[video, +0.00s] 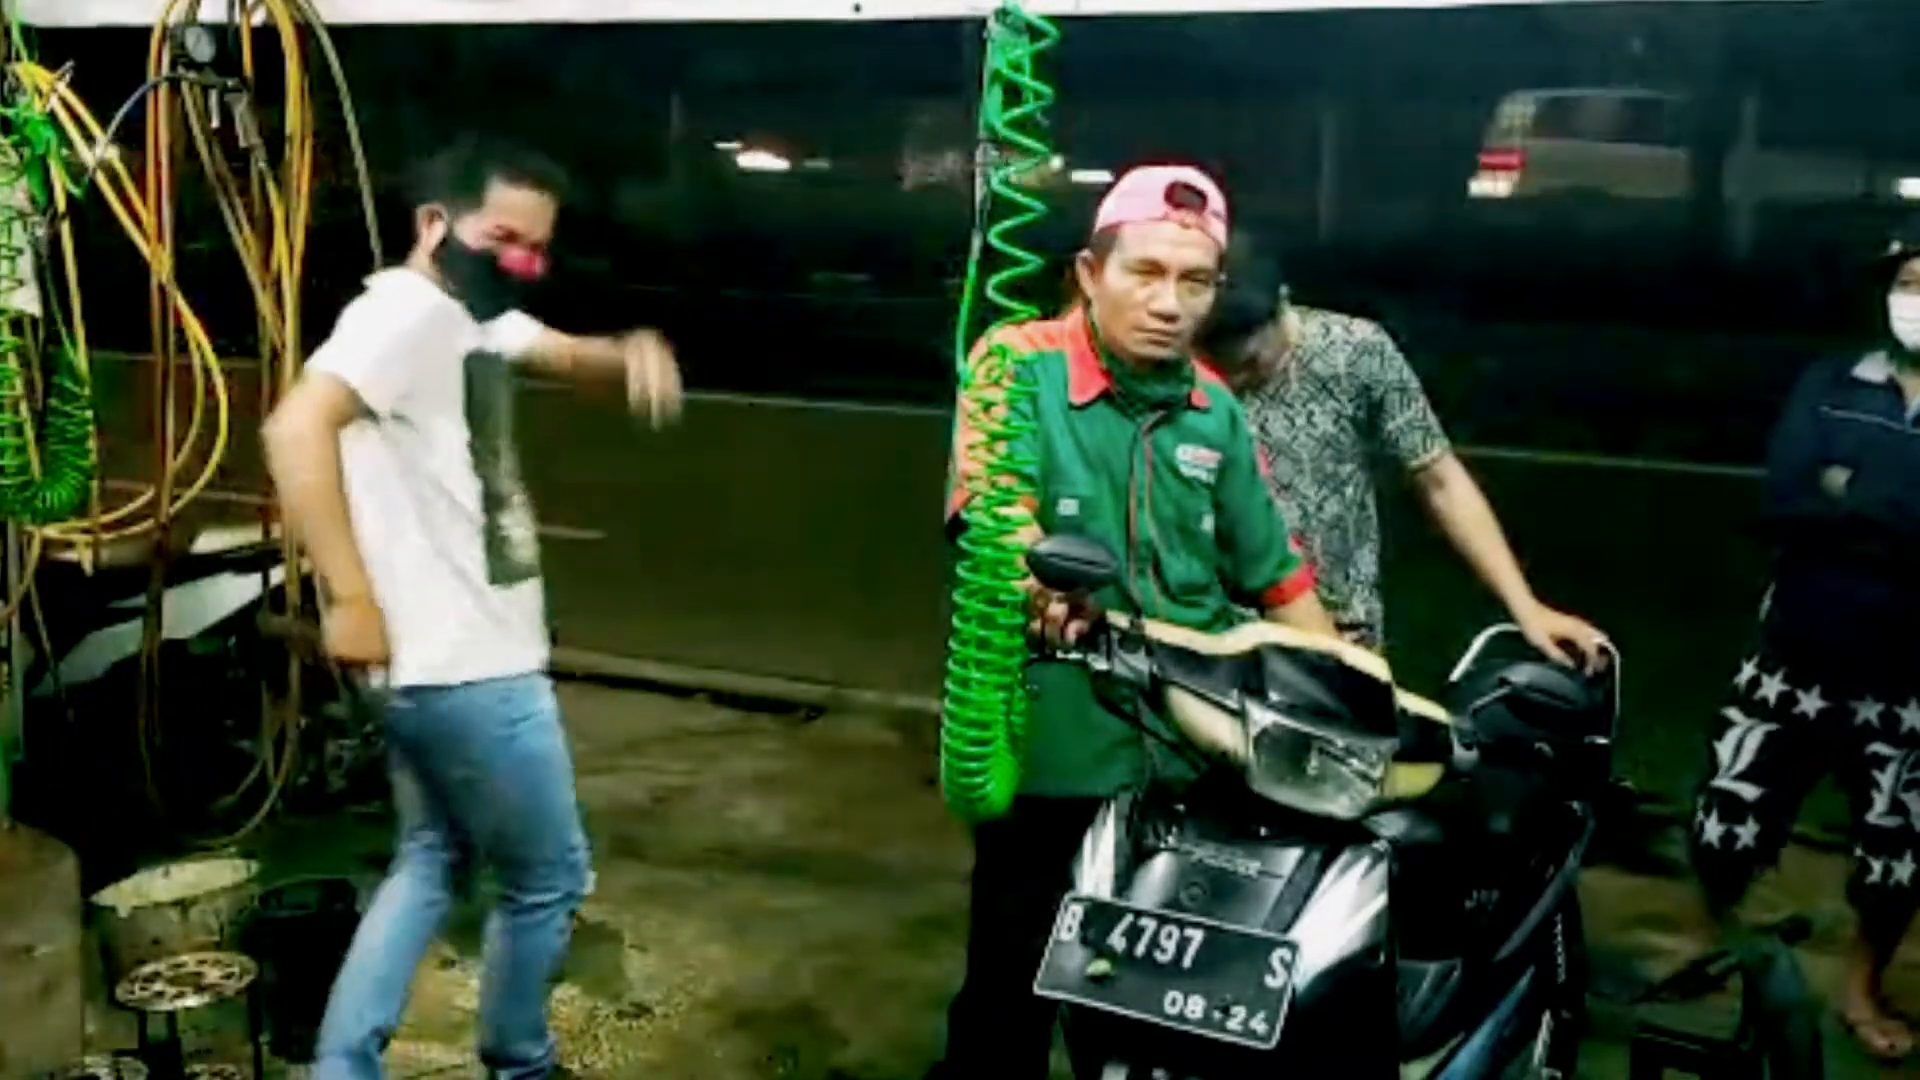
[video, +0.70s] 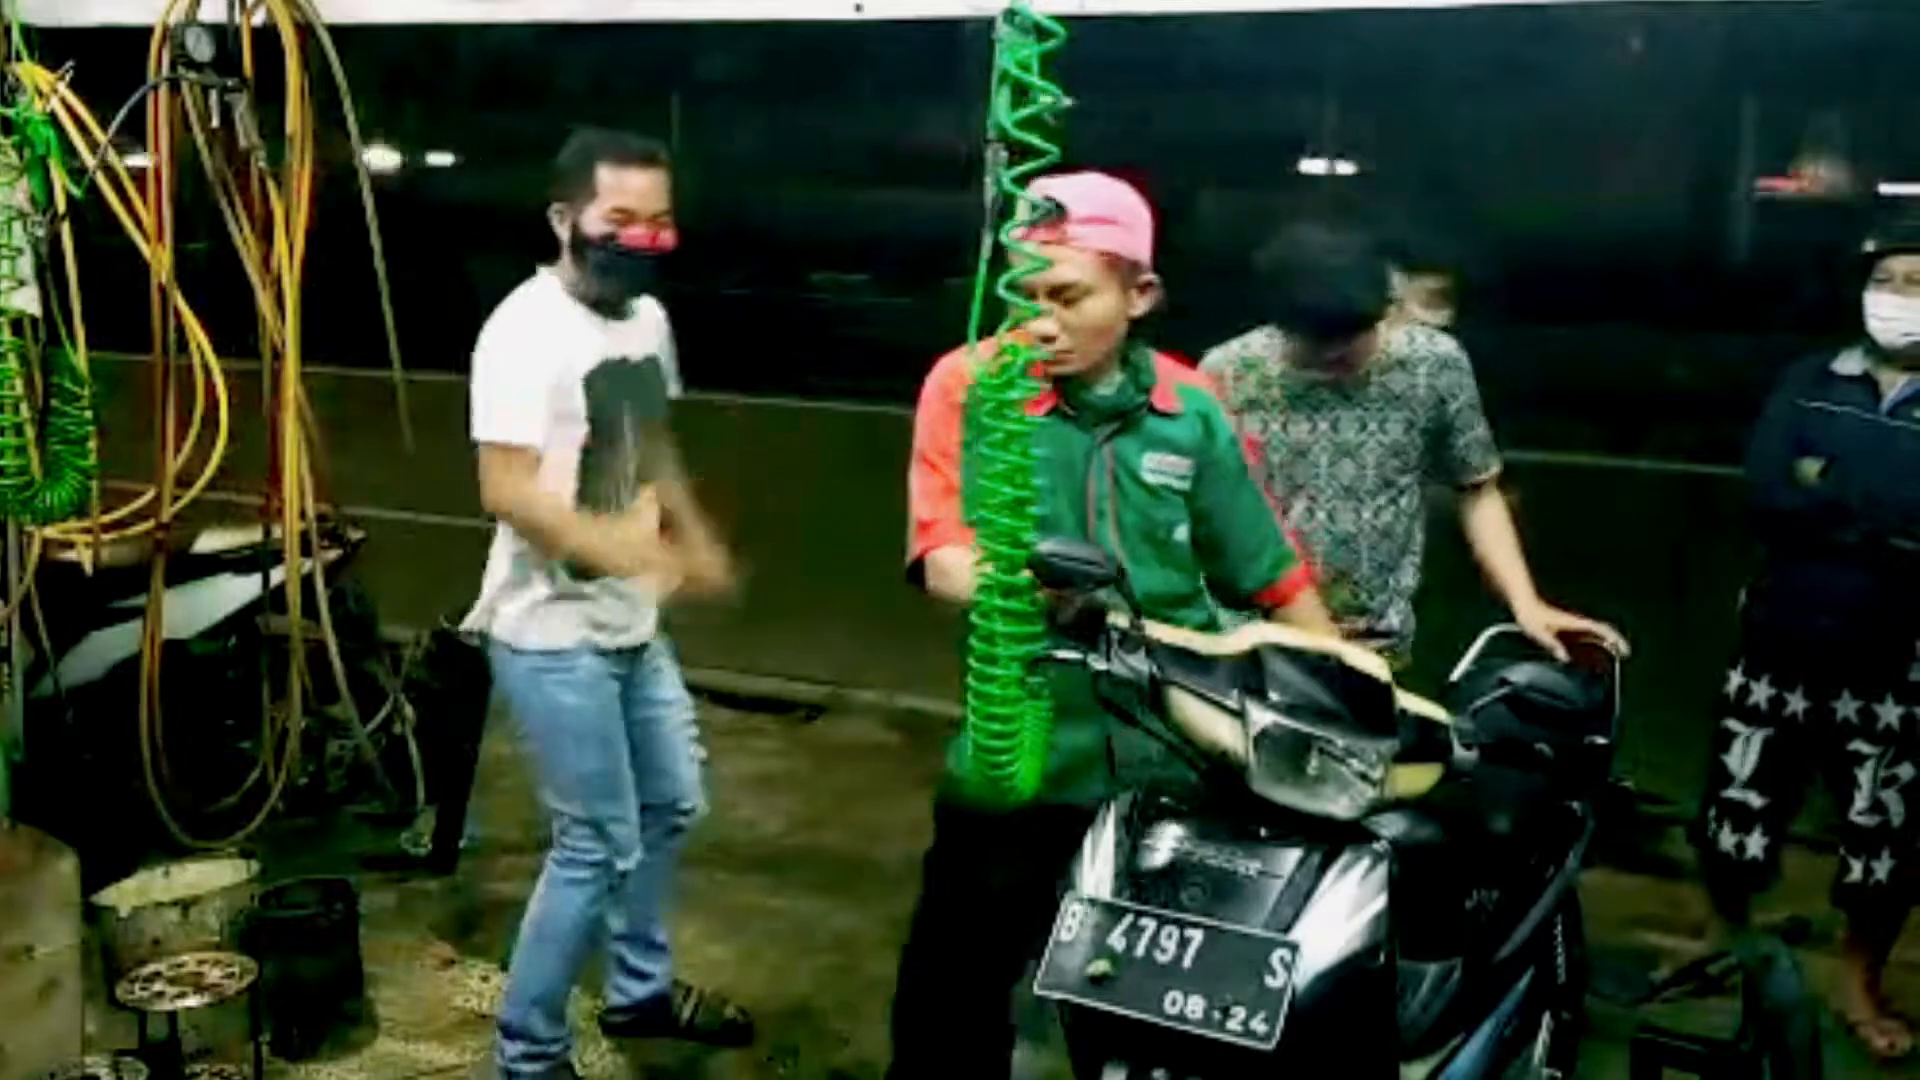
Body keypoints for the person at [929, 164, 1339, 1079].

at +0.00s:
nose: (1169, 303)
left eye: (1194, 282)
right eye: (1146, 274)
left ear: (1217, 296)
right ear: (1090, 274)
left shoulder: (1215, 412)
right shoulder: (1017, 367)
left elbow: (1282, 584)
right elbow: (987, 509)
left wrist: (1344, 699)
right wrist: (1043, 596)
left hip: (1188, 754)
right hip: (1050, 752)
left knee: (1159, 1009)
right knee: (1007, 1010)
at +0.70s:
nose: (1045, 322)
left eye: (1069, 298)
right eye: (1031, 298)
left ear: (1138, 294)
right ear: (1014, 296)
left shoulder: (1189, 409)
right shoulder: (969, 386)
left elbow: (1283, 588)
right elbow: (943, 557)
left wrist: (1353, 678)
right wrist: (1037, 596)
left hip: (1161, 773)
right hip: (1015, 776)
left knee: (1141, 1036)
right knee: (943, 1025)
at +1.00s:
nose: (952, 335)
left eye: (977, 313)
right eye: (941, 310)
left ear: (1059, 306)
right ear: (927, 300)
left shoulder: (1135, 407)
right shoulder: (902, 407)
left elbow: (1241, 596)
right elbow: (885, 604)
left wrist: (1337, 663)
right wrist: (1012, 648)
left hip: (1121, 774)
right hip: (960, 775)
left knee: (1135, 1023)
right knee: (890, 1018)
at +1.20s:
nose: (842, 336)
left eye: (864, 311)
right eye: (829, 312)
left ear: (950, 293)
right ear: (816, 303)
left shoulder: (1054, 404)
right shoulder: (818, 420)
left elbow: (1171, 591)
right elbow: (801, 624)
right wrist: (869, 776)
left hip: (1049, 812)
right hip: (876, 809)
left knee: (1112, 1051)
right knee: (847, 1056)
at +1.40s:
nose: (757, 321)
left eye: (776, 293)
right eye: (746, 296)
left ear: (864, 275)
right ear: (741, 284)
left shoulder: (990, 396)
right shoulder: (750, 411)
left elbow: (1090, 602)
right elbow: (699, 588)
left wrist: (1101, 799)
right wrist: (658, 740)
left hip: (990, 819)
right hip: (826, 820)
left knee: (1039, 1046)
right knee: (844, 1054)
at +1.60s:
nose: (691, 313)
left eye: (713, 286)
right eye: (683, 286)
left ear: (804, 270)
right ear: (672, 272)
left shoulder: (914, 397)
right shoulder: (703, 404)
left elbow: (981, 633)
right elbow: (651, 581)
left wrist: (915, 798)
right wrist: (536, 714)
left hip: (890, 821)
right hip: (767, 817)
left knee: (873, 1060)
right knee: (792, 1055)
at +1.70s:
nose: (649, 321)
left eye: (669, 295)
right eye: (640, 295)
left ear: (759, 276)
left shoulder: (858, 405)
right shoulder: (676, 404)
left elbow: (931, 649)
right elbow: (649, 590)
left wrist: (873, 826)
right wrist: (550, 738)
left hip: (829, 818)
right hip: (733, 811)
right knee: (857, 1060)